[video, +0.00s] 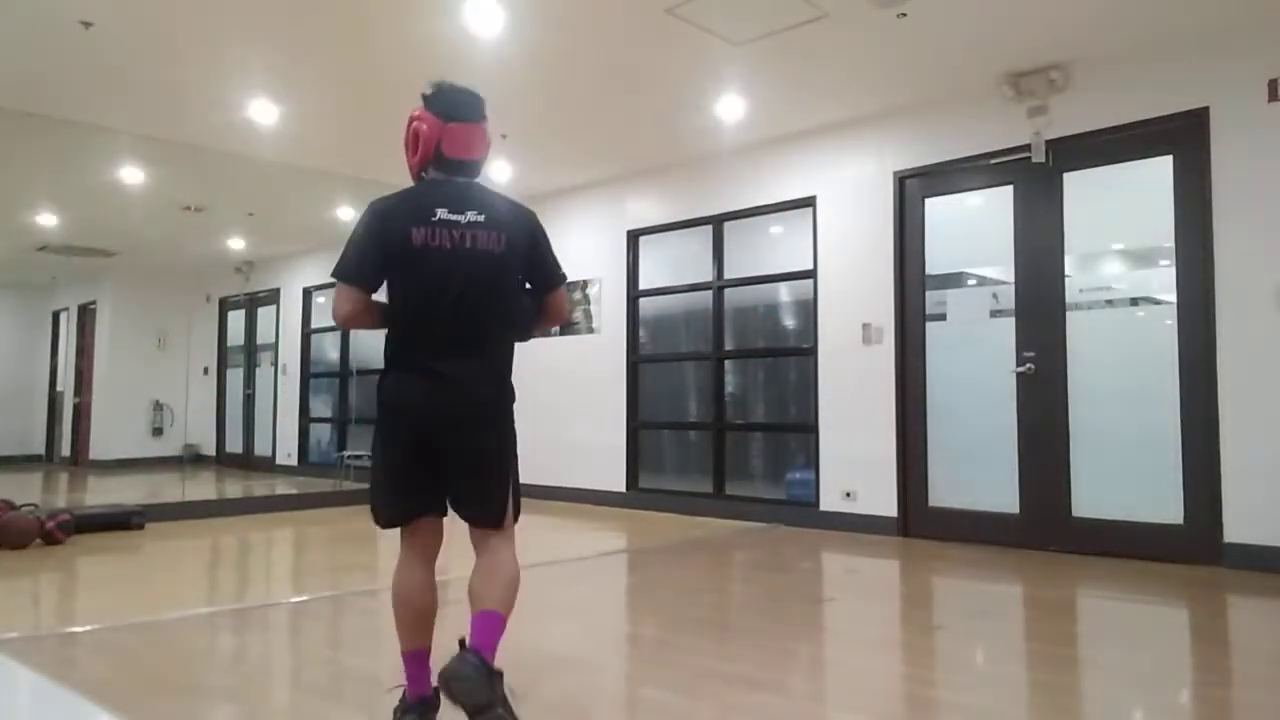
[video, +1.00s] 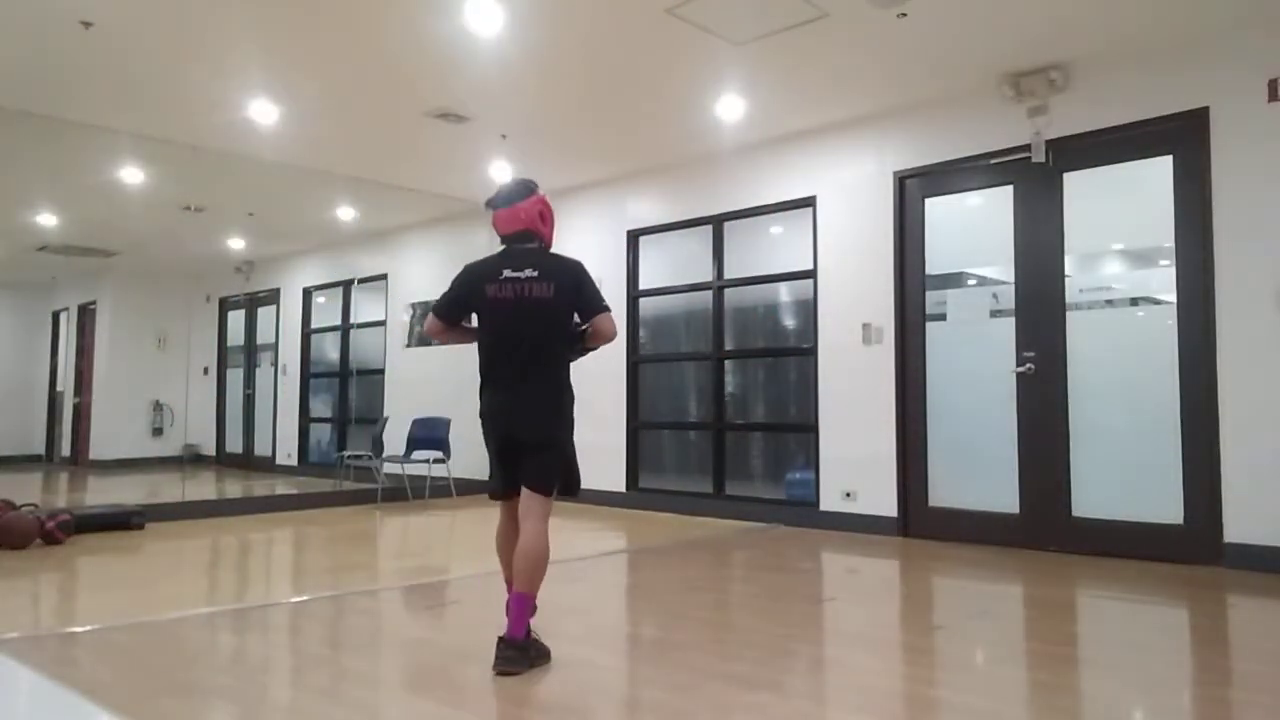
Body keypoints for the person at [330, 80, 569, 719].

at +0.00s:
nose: (411, 144)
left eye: (414, 135)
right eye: (477, 137)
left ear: (420, 142)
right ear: (482, 144)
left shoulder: (389, 214)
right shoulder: (517, 218)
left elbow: (348, 309)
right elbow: (555, 311)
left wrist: (408, 314)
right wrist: (497, 319)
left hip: (409, 404)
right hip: (483, 406)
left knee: (417, 544)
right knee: (494, 538)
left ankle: (417, 693)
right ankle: (479, 657)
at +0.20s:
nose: (423, 158)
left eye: (425, 150)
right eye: (482, 154)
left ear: (428, 156)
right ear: (486, 159)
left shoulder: (395, 221)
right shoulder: (514, 229)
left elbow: (350, 303)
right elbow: (558, 314)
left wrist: (403, 308)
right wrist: (505, 331)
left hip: (414, 405)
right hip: (488, 405)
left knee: (419, 538)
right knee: (504, 518)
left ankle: (418, 691)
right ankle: (497, 653)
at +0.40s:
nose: (448, 186)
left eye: (449, 179)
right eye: (500, 179)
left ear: (450, 188)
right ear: (506, 189)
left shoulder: (418, 248)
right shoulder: (527, 251)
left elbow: (370, 318)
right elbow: (577, 319)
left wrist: (420, 323)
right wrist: (550, 332)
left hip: (432, 413)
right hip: (500, 415)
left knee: (432, 537)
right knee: (507, 530)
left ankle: (420, 685)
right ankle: (512, 641)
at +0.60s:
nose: (534, 199)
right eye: (532, 191)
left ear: (475, 202)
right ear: (526, 198)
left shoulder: (448, 254)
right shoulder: (549, 258)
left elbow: (393, 312)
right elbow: (580, 327)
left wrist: (445, 309)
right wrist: (548, 342)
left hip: (468, 415)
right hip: (530, 414)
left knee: (461, 523)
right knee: (526, 523)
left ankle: (441, 608)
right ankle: (515, 639)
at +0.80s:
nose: (545, 201)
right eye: (542, 194)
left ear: (490, 205)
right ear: (538, 201)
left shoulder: (465, 255)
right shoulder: (564, 256)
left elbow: (407, 302)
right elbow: (599, 317)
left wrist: (461, 319)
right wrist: (568, 338)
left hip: (485, 400)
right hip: (539, 400)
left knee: (493, 504)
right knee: (530, 516)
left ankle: (480, 609)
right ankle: (515, 641)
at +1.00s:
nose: (550, 222)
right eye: (548, 215)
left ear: (498, 226)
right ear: (544, 221)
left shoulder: (478, 274)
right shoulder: (568, 271)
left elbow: (438, 328)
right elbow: (604, 329)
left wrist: (484, 335)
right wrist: (569, 347)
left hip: (498, 412)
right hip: (547, 410)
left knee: (508, 515)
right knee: (534, 519)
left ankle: (518, 622)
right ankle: (514, 641)